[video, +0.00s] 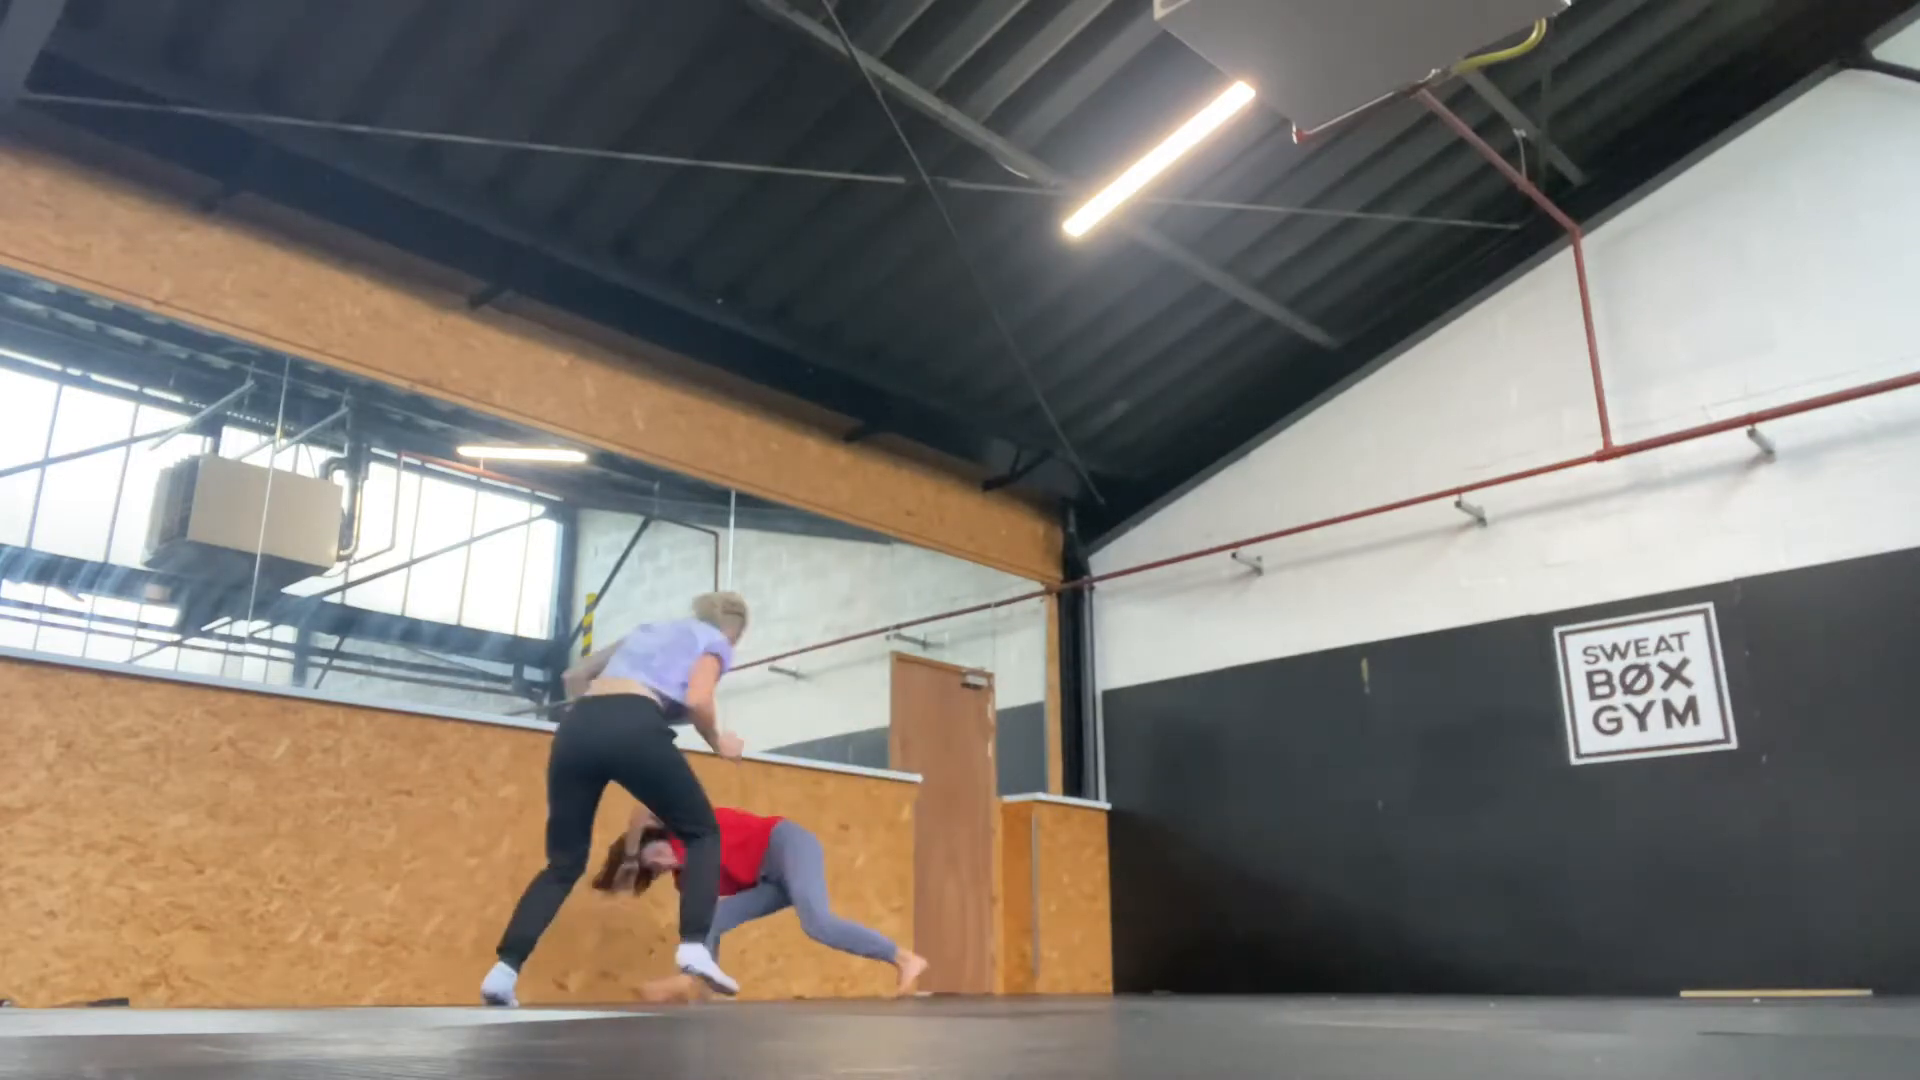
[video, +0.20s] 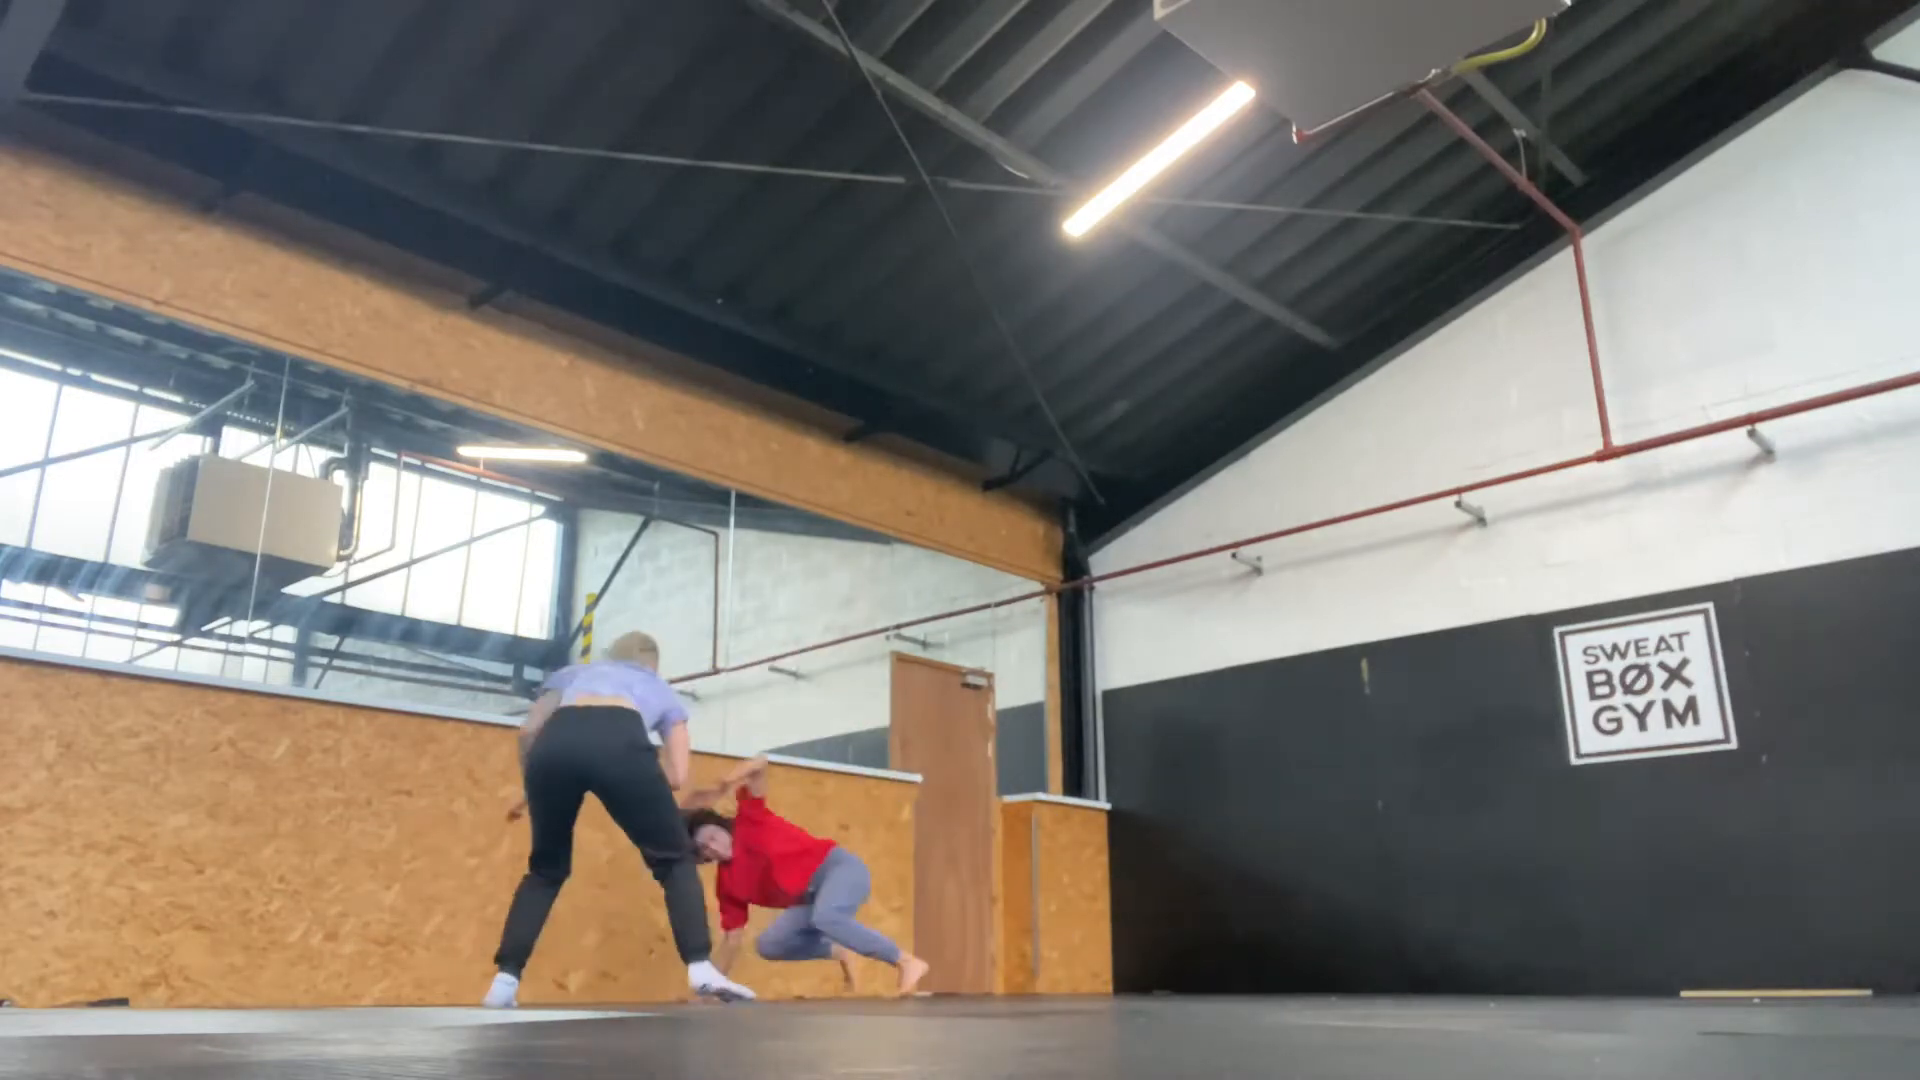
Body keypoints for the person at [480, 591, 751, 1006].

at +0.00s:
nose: (734, 645)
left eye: (738, 639)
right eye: (737, 638)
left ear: (699, 615)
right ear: (732, 628)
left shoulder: (645, 632)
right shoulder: (715, 638)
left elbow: (575, 676)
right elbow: (698, 699)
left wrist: (595, 719)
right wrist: (718, 743)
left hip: (578, 724)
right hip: (633, 725)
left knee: (563, 865)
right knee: (703, 833)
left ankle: (504, 970)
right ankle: (695, 947)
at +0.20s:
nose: (658, 674)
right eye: (658, 669)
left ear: (610, 655)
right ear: (652, 664)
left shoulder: (572, 672)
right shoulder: (662, 691)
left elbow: (528, 732)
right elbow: (678, 777)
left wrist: (530, 792)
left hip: (555, 743)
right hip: (621, 744)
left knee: (546, 868)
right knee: (675, 862)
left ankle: (505, 981)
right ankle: (700, 968)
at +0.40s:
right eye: (653, 685)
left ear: (609, 674)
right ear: (649, 681)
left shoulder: (578, 690)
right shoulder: (657, 694)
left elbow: (546, 740)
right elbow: (667, 748)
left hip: (562, 747)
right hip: (628, 744)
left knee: (554, 866)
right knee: (706, 853)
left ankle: (506, 980)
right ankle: (753, 958)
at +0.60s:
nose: (722, 686)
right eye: (723, 679)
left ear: (679, 668)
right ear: (720, 675)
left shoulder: (645, 683)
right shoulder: (725, 699)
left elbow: (587, 714)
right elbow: (744, 786)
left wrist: (602, 760)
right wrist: (702, 782)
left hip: (605, 751)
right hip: (668, 752)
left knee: (586, 873)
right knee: (741, 861)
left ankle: (509, 984)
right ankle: (796, 979)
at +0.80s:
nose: (826, 694)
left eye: (823, 688)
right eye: (825, 688)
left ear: (779, 665)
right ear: (815, 678)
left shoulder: (740, 672)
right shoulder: (816, 695)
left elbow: (680, 681)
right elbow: (875, 753)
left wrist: (685, 716)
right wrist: (910, 784)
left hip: (677, 727)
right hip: (735, 737)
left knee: (605, 850)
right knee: (797, 850)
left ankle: (519, 974)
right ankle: (804, 981)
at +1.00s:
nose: (883, 692)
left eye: (883, 684)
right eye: (881, 685)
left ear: (834, 663)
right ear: (866, 674)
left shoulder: (794, 669)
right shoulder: (856, 685)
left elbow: (737, 684)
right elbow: (907, 720)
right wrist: (975, 756)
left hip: (705, 718)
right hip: (761, 726)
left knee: (646, 846)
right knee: (814, 850)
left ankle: (556, 933)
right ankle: (808, 980)